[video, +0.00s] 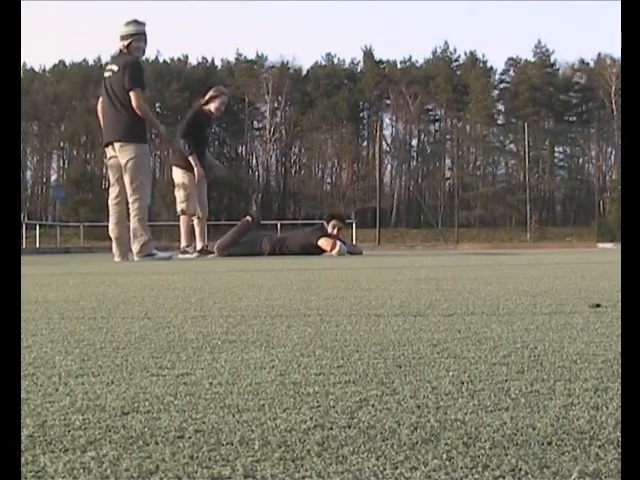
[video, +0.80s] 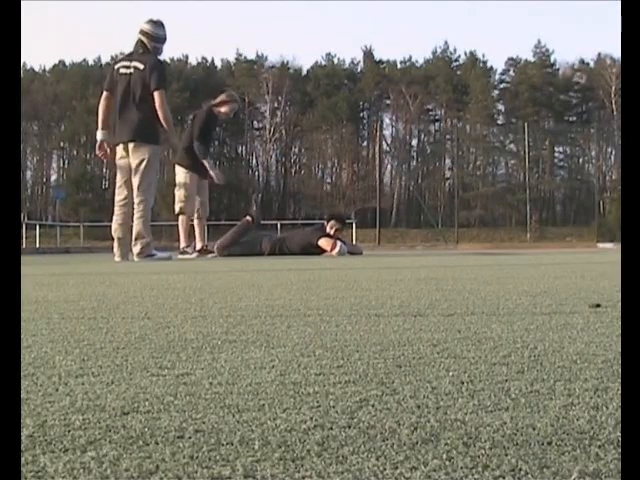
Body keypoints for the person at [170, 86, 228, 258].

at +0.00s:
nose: (221, 108)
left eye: (224, 105)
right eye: (220, 103)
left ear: (222, 105)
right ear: (210, 100)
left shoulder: (207, 119)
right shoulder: (196, 114)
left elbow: (200, 148)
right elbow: (183, 141)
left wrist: (214, 164)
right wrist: (196, 165)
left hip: (198, 167)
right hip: (183, 165)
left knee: (201, 211)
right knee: (186, 208)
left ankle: (201, 245)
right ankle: (184, 246)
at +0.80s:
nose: (229, 115)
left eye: (232, 112)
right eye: (229, 110)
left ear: (226, 107)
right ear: (222, 104)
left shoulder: (212, 118)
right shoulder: (204, 115)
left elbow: (202, 146)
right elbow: (197, 144)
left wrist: (208, 168)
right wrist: (211, 168)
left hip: (199, 166)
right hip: (186, 164)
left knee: (200, 207)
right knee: (185, 206)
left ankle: (201, 245)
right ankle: (184, 246)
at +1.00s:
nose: (236, 124)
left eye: (239, 121)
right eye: (237, 119)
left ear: (233, 116)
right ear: (230, 113)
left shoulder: (220, 127)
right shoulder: (213, 124)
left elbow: (210, 157)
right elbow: (211, 156)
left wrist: (210, 175)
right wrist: (231, 180)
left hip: (200, 170)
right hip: (187, 167)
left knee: (208, 208)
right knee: (187, 208)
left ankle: (206, 245)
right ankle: (184, 246)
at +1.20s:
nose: (249, 138)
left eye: (252, 135)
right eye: (250, 133)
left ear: (243, 128)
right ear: (242, 126)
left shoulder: (230, 139)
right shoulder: (225, 136)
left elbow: (233, 169)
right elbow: (226, 170)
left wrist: (247, 188)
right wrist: (245, 192)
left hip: (202, 171)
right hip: (189, 168)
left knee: (209, 209)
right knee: (192, 209)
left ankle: (207, 246)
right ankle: (184, 247)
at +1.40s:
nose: (253, 144)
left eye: (257, 143)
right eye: (254, 138)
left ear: (257, 145)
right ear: (249, 131)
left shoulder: (237, 144)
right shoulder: (233, 143)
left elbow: (241, 175)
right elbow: (239, 178)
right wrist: (255, 201)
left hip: (205, 168)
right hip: (194, 165)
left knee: (214, 208)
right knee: (204, 205)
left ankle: (207, 246)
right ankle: (185, 240)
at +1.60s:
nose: (261, 151)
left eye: (264, 151)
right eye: (262, 146)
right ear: (255, 139)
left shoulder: (244, 151)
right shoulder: (239, 148)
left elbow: (247, 180)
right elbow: (244, 181)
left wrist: (258, 206)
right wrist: (258, 208)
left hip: (208, 166)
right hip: (199, 163)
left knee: (216, 206)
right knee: (211, 203)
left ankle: (209, 243)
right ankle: (200, 240)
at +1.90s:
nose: (275, 171)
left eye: (277, 168)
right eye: (275, 167)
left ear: (267, 156)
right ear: (269, 159)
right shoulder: (251, 159)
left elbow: (255, 192)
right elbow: (255, 191)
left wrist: (265, 219)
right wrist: (268, 220)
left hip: (203, 163)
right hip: (211, 165)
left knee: (213, 209)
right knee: (224, 205)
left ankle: (207, 246)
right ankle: (218, 246)